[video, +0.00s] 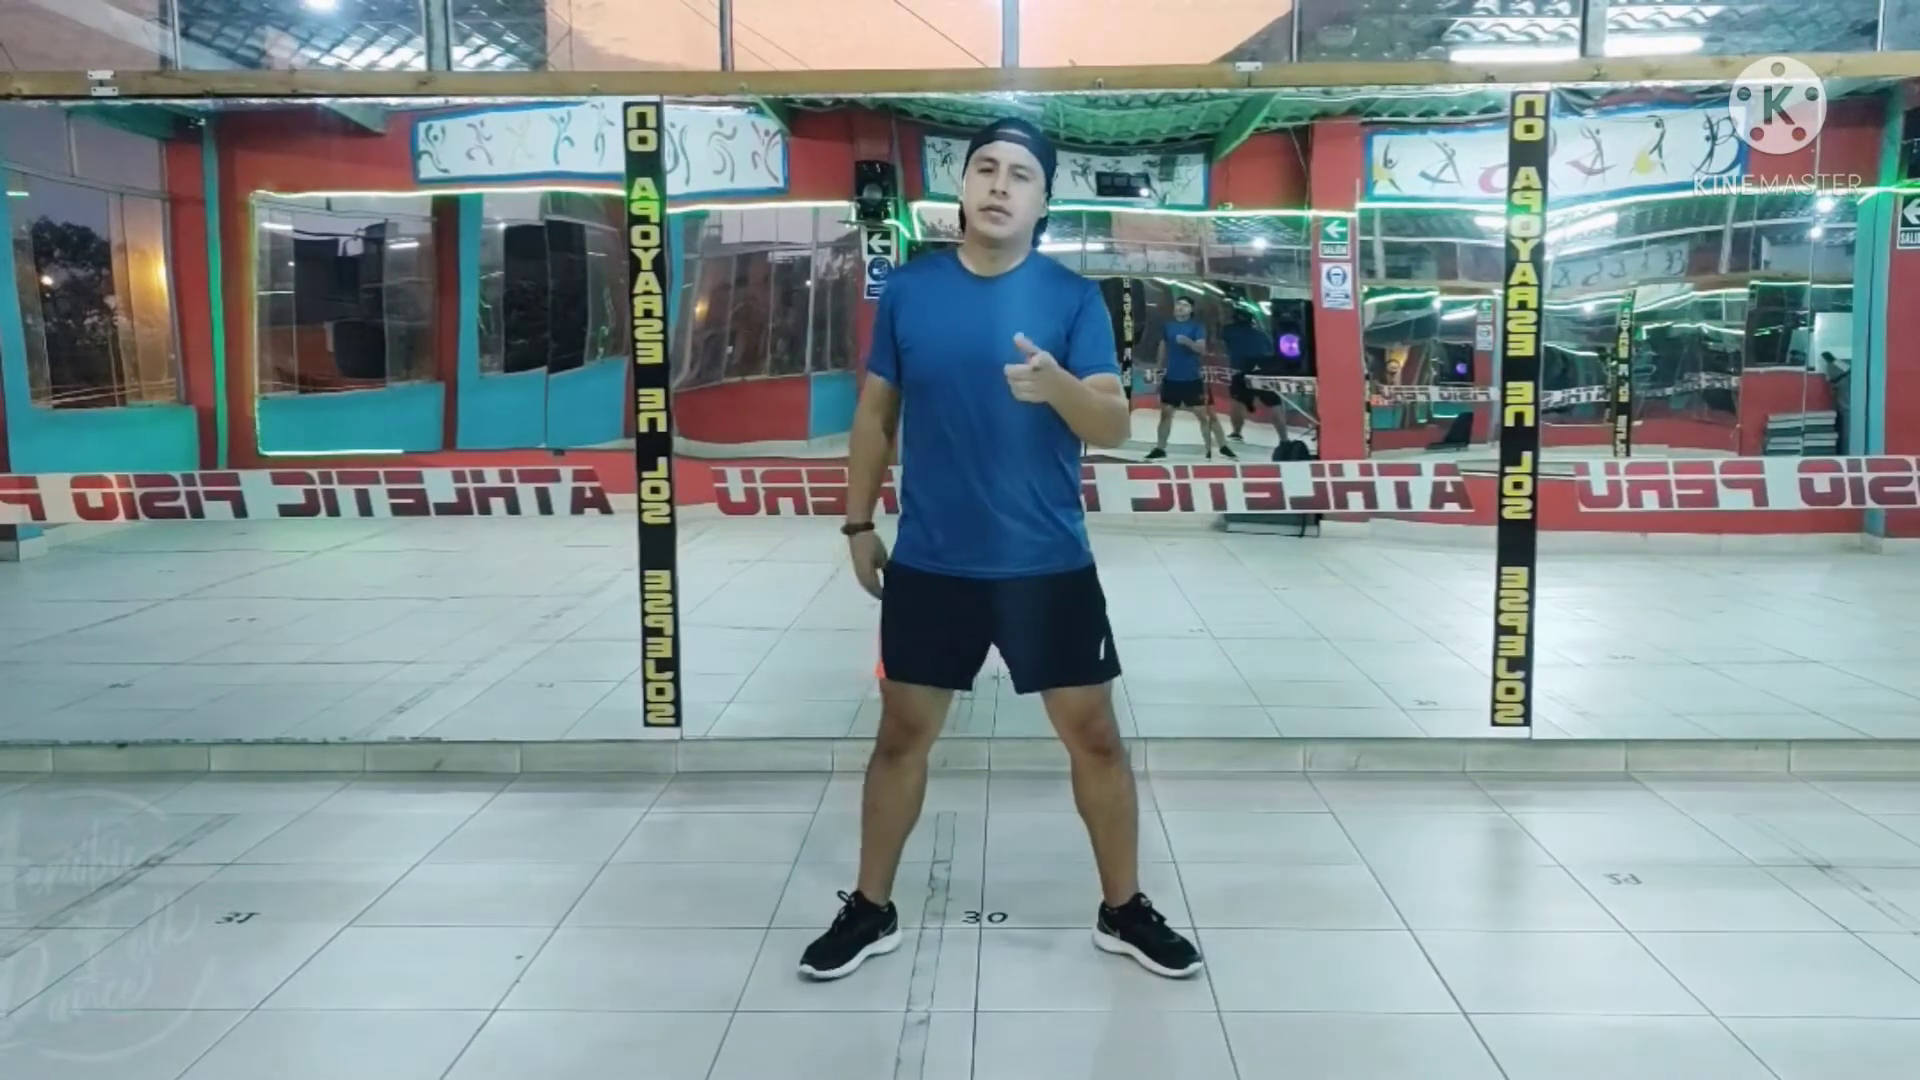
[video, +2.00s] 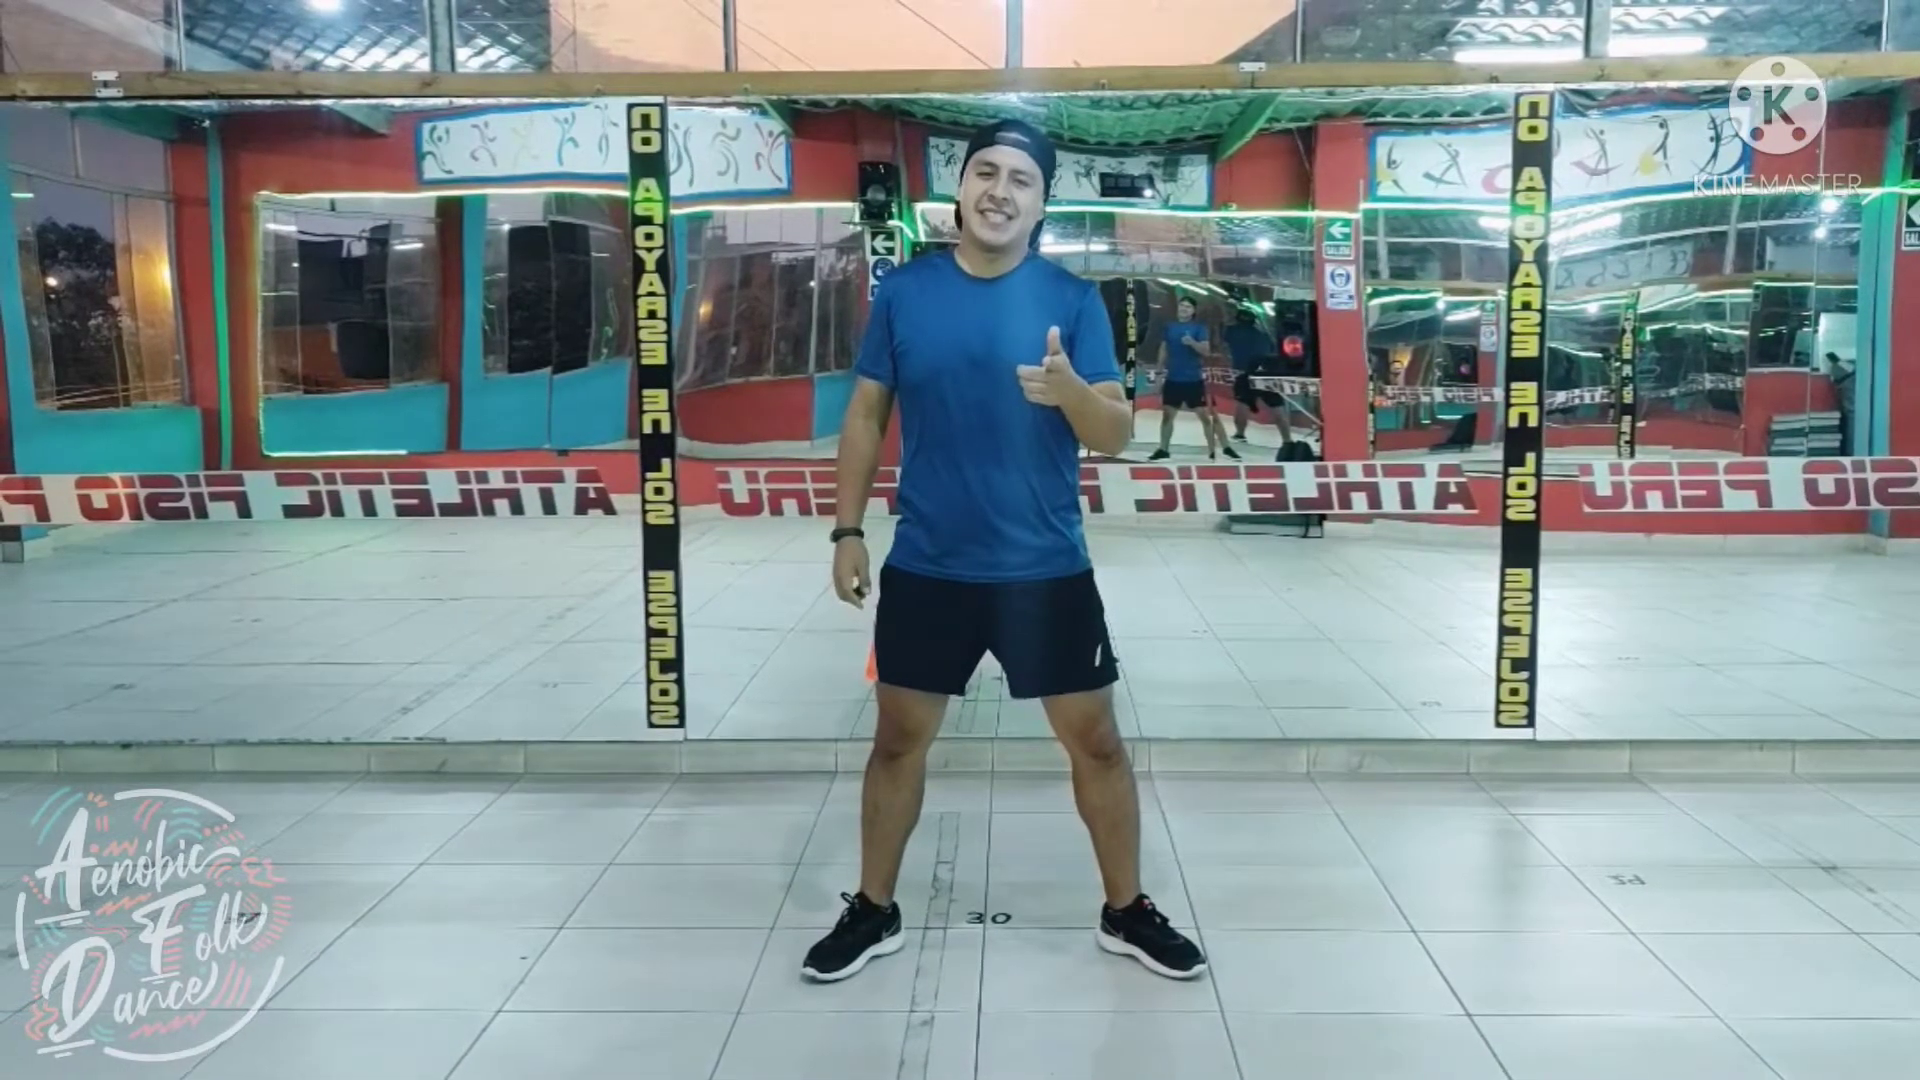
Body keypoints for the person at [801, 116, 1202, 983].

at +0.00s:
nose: (999, 185)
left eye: (1019, 176)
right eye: (986, 170)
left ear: (1044, 204)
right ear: (960, 190)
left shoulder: (1072, 297)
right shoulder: (907, 290)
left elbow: (1111, 428)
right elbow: (874, 413)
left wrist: (1061, 390)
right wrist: (859, 523)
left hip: (1047, 558)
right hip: (933, 555)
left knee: (1094, 733)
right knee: (901, 734)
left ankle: (1124, 905)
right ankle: (871, 904)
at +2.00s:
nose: (1000, 190)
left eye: (1020, 181)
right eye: (986, 174)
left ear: (1042, 206)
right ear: (957, 190)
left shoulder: (1072, 299)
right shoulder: (903, 292)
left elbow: (1113, 435)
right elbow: (867, 411)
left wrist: (1074, 398)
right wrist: (849, 527)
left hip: (1045, 564)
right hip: (929, 560)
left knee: (1096, 742)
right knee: (896, 738)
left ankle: (1126, 906)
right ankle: (873, 905)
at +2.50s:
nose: (997, 207)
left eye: (1017, 195)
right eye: (984, 187)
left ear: (1039, 214)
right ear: (956, 195)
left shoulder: (1066, 304)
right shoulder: (898, 291)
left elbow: (1109, 412)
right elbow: (858, 407)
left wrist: (1123, 509)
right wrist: (842, 526)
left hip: (1033, 563)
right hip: (918, 557)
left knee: (1093, 739)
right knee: (890, 735)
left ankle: (1127, 906)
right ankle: (874, 905)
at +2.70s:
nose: (993, 218)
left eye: (1015, 205)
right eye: (981, 197)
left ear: (1037, 221)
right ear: (954, 201)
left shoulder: (1063, 317)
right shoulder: (894, 293)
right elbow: (850, 402)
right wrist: (831, 518)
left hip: (1025, 566)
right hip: (909, 560)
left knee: (1097, 734)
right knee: (884, 735)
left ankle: (1130, 903)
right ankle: (873, 905)